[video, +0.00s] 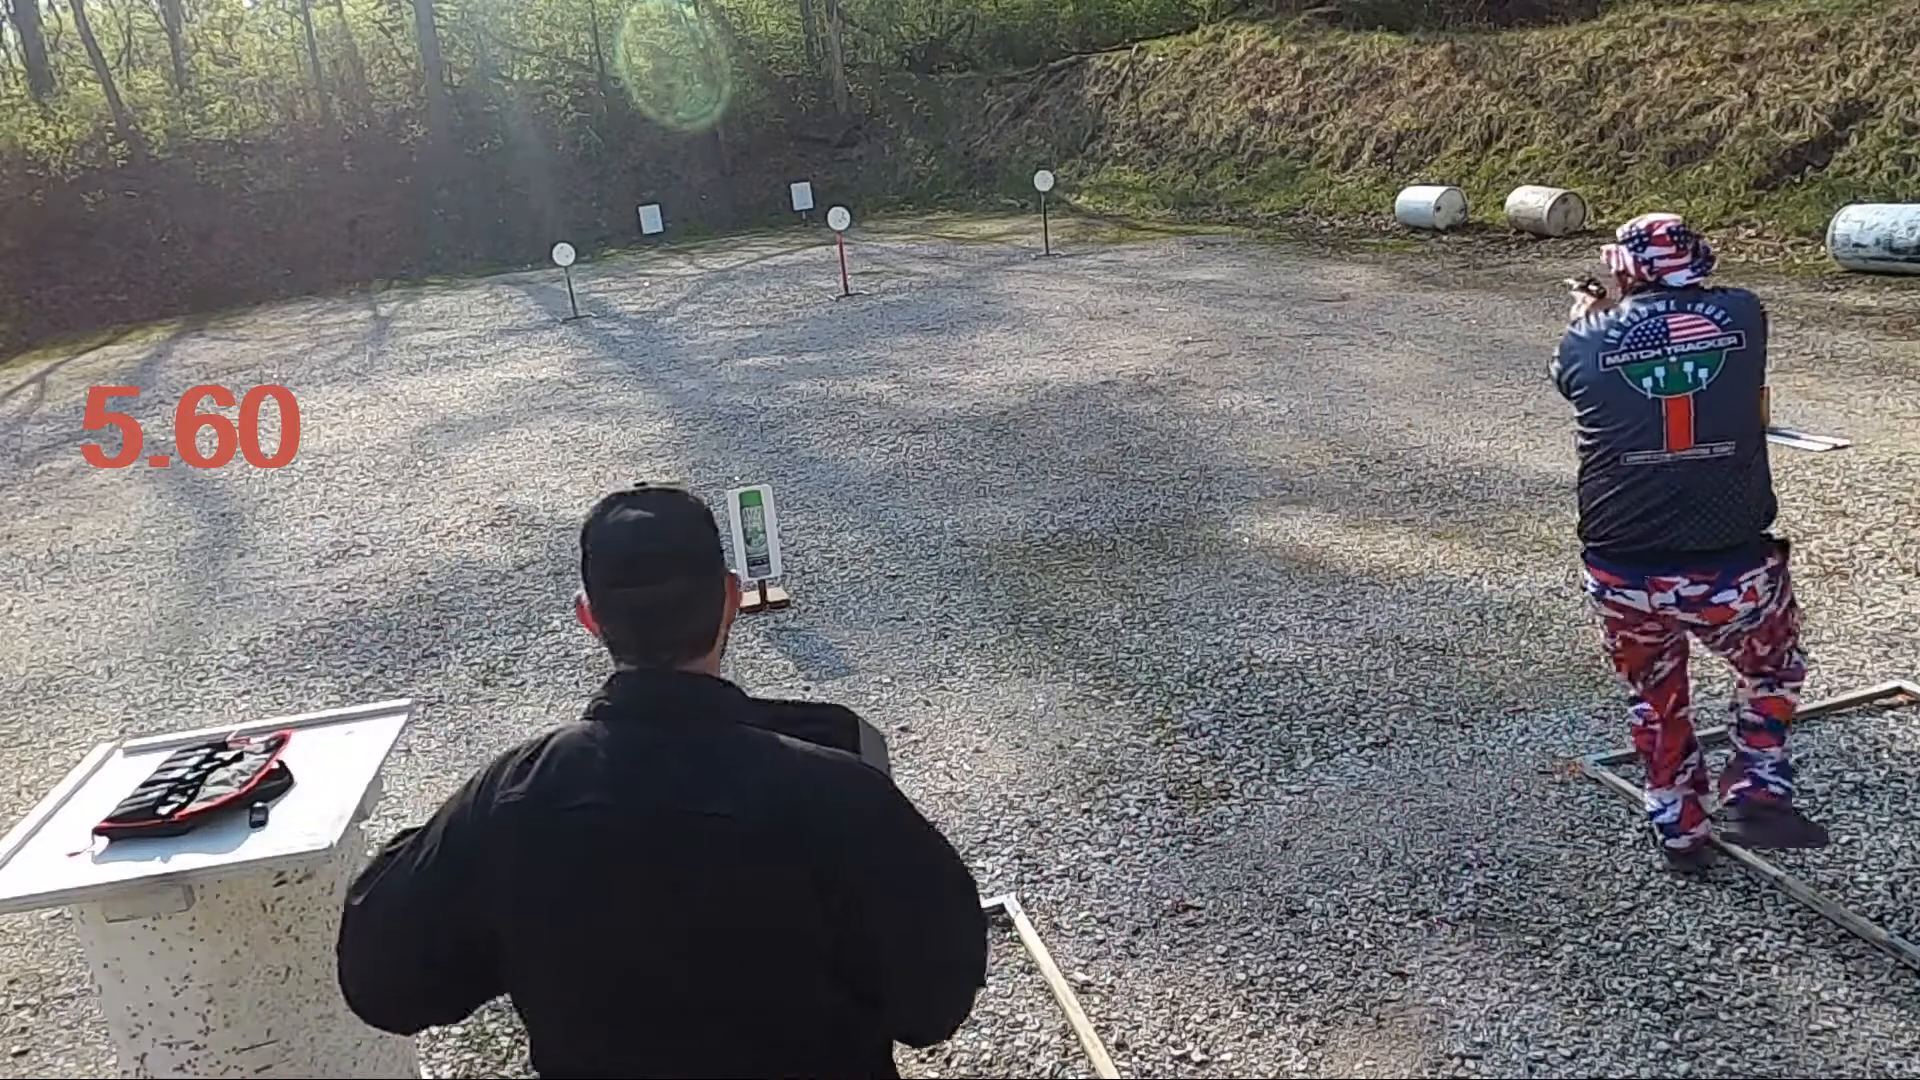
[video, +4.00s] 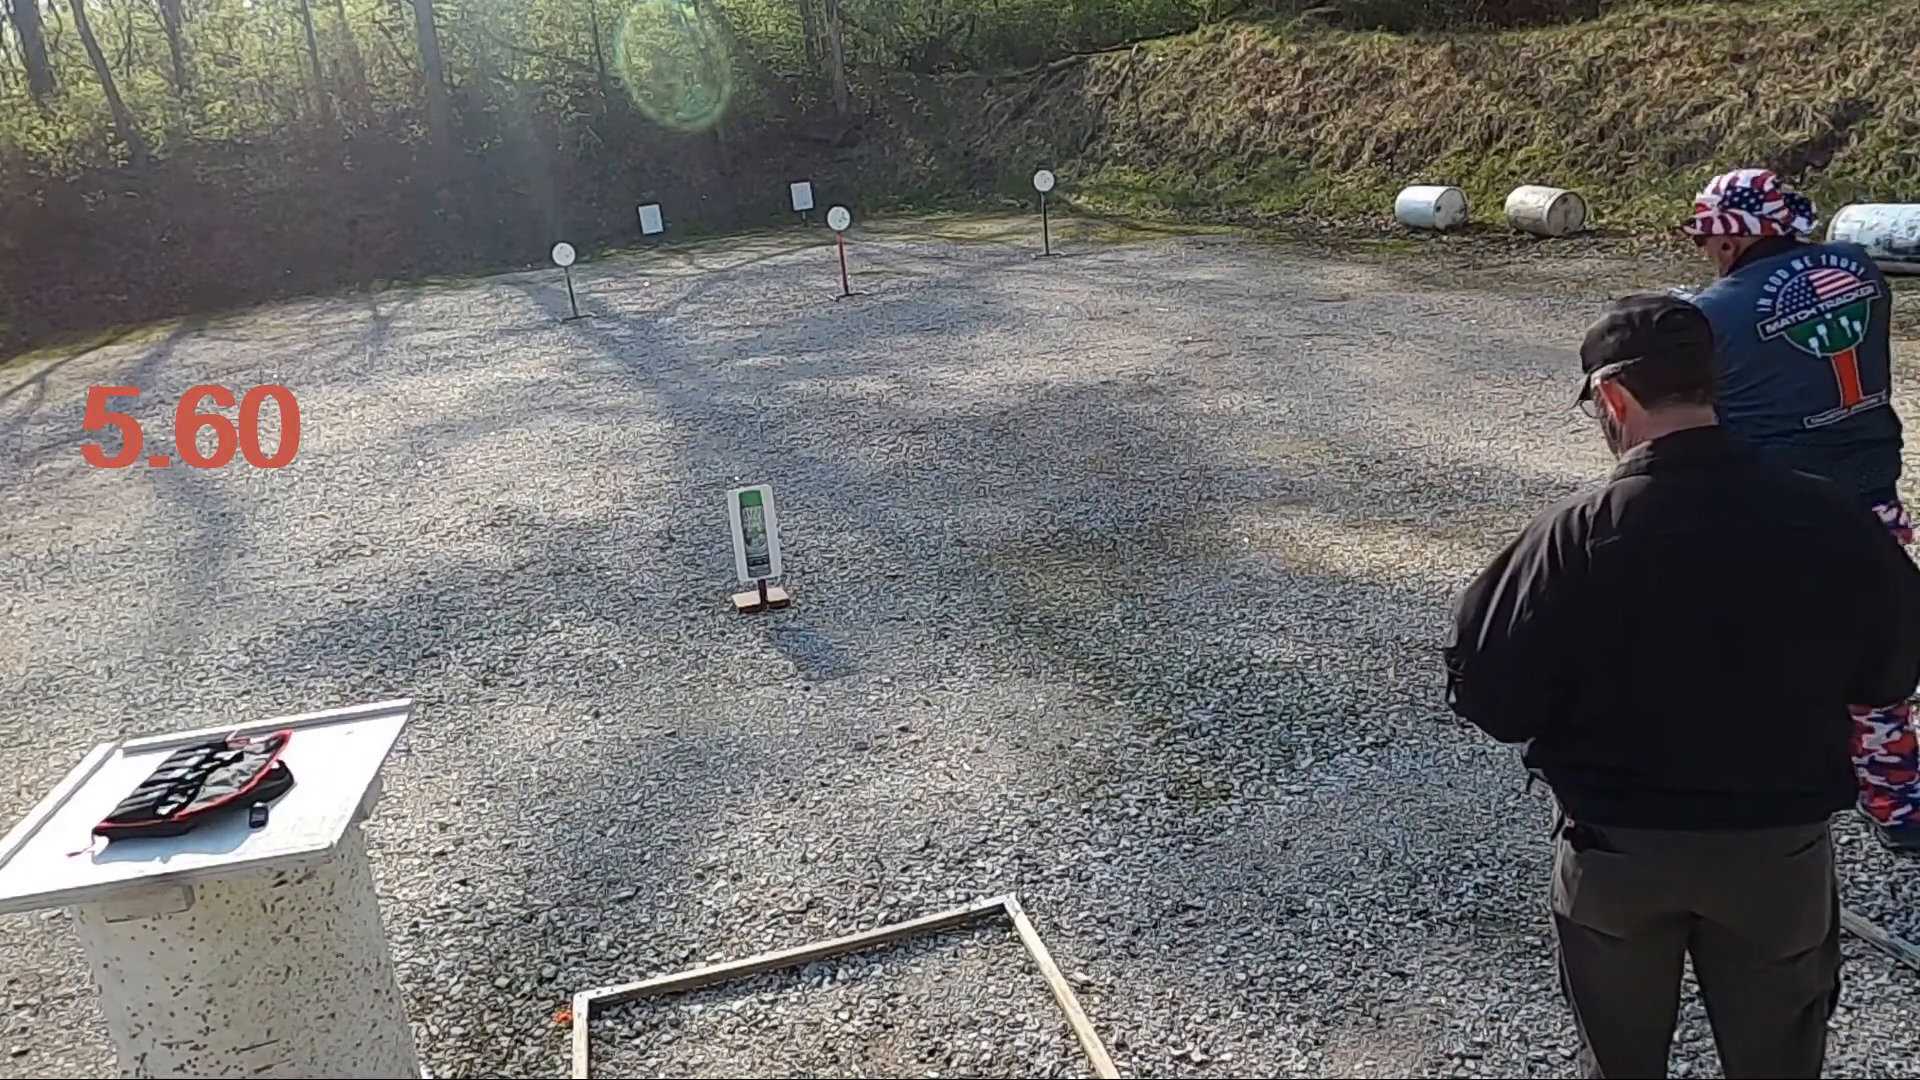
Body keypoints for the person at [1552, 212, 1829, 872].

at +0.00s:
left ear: (1623, 280)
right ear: (1694, 272)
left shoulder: (1585, 344)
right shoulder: (1742, 313)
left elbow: (1569, 368)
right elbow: (1686, 322)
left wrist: (1588, 313)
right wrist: (1637, 289)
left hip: (1623, 574)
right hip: (1731, 572)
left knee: (1656, 699)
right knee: (1772, 669)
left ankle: (1682, 832)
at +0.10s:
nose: (1657, 259)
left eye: (1661, 253)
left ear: (1670, 263)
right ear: (1736, 258)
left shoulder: (1630, 328)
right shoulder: (1785, 303)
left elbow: (1597, 349)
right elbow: (1726, 296)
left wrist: (1611, 300)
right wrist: (1676, 266)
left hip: (1665, 561)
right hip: (1780, 551)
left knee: (1659, 688)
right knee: (1822, 662)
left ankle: (1691, 828)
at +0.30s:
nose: (1723, 264)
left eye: (1725, 257)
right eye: (1718, 254)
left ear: (1737, 269)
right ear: (1804, 256)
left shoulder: (1706, 326)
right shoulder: (1852, 301)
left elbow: (1657, 332)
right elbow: (1793, 293)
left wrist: (1660, 295)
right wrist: (1731, 272)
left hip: (1760, 558)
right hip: (1866, 549)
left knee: (1684, 652)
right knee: (1864, 683)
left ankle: (1715, 810)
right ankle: (1903, 812)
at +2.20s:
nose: (1787, 252)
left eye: (1790, 243)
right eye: (1786, 244)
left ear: (1804, 244)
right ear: (1867, 233)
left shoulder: (1777, 294)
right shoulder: (1908, 282)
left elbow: (1709, 310)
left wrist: (1688, 272)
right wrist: (1741, 277)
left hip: (1822, 531)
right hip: (1911, 526)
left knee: (1789, 658)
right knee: (1896, 673)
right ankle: (1901, 810)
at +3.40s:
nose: (1779, 229)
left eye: (1784, 219)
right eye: (1781, 219)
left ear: (1800, 221)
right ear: (1865, 210)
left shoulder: (1764, 286)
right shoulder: (1908, 256)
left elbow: (1715, 351)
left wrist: (1712, 296)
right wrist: (1740, 297)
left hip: (1823, 503)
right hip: (1911, 490)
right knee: (1898, 651)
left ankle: (1899, 806)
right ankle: (1900, 802)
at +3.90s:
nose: (1736, 240)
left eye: (1739, 227)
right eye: (1736, 227)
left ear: (1761, 227)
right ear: (1822, 211)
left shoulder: (1731, 305)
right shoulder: (1889, 263)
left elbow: (1696, 405)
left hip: (1813, 516)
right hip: (1907, 494)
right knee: (1897, 655)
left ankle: (1902, 813)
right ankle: (1902, 806)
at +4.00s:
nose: (1706, 250)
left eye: (1707, 237)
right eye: (1703, 237)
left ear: (1732, 237)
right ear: (1788, 220)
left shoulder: (1715, 314)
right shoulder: (1859, 270)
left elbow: (1686, 411)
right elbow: (1862, 368)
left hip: (1781, 524)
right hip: (1878, 508)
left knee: (1783, 662)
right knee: (1887, 657)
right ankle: (1900, 807)